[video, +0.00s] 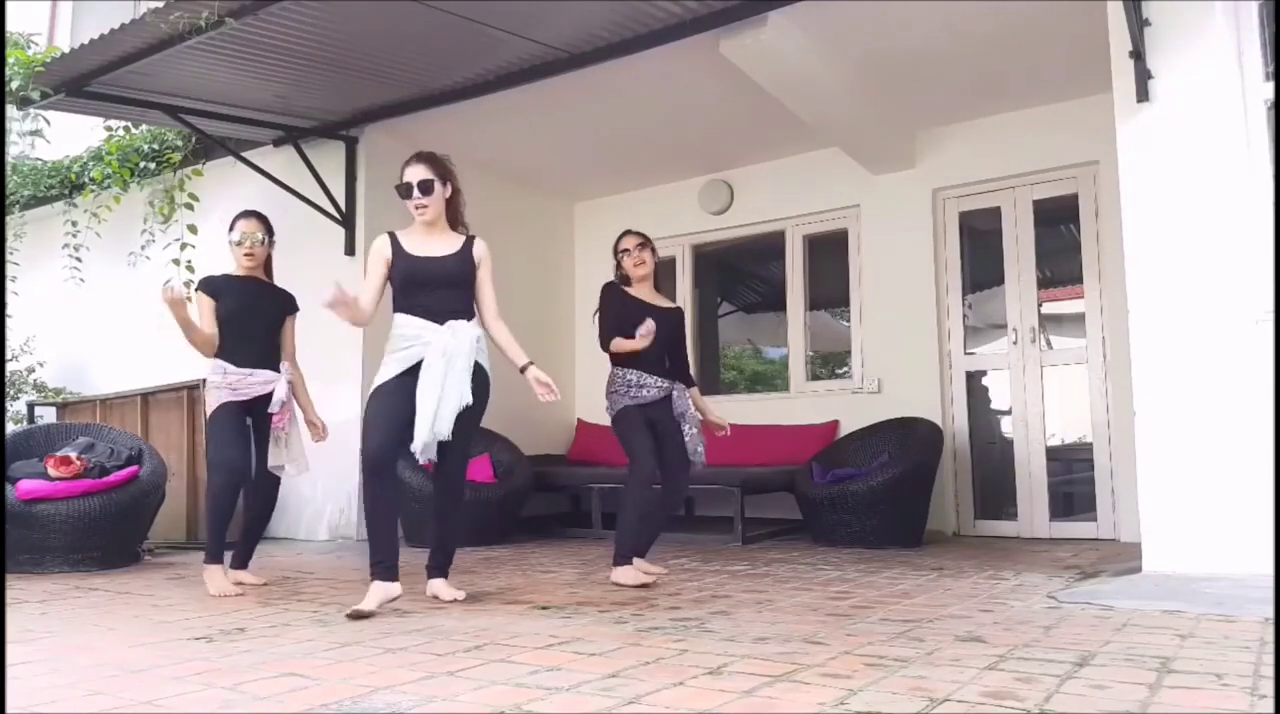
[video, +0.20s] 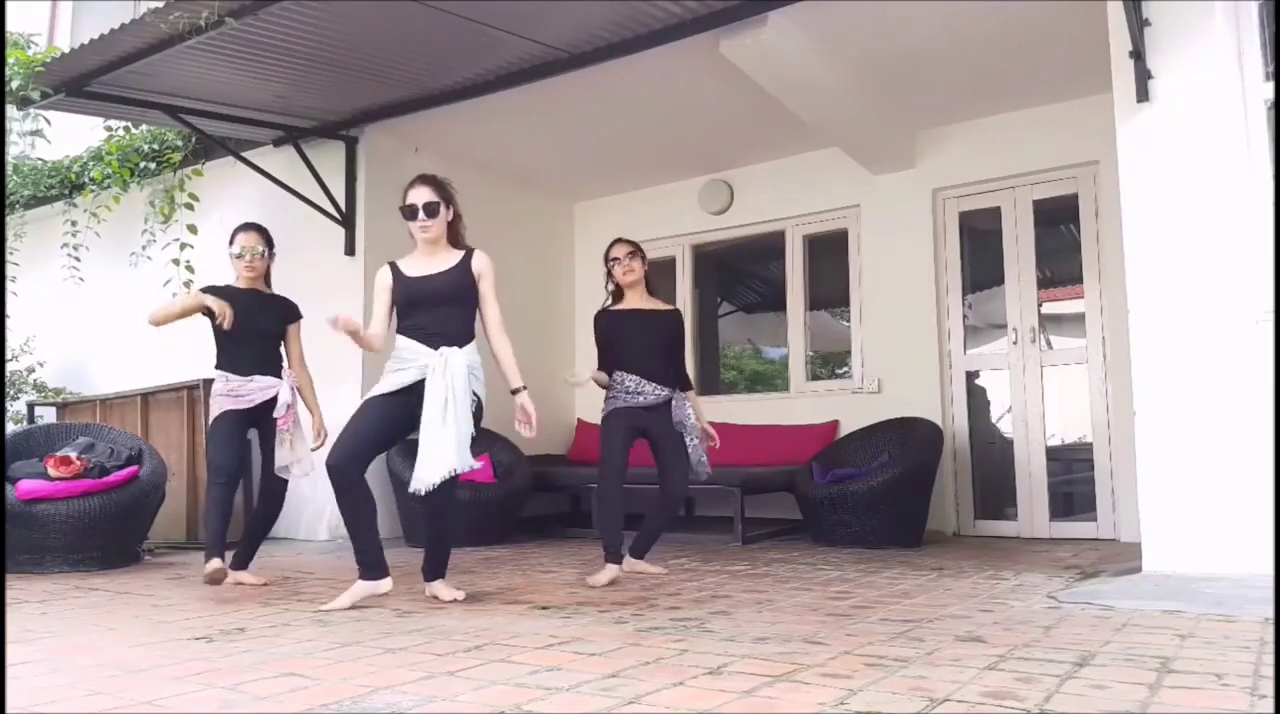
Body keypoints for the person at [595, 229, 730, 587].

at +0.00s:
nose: (635, 256)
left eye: (641, 248)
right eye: (626, 253)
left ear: (654, 255)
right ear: (620, 264)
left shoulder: (672, 310)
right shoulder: (615, 292)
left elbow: (681, 368)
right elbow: (608, 341)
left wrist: (706, 412)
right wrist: (638, 343)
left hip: (666, 399)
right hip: (628, 397)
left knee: (676, 478)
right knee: (643, 466)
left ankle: (636, 555)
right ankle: (621, 564)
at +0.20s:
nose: (625, 265)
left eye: (630, 257)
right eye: (616, 262)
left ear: (644, 262)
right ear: (610, 273)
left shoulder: (670, 314)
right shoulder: (605, 317)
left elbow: (679, 371)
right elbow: (606, 376)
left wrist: (700, 419)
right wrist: (593, 376)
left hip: (664, 409)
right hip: (620, 410)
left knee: (675, 491)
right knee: (609, 479)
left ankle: (635, 556)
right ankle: (612, 562)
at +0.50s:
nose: (620, 255)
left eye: (626, 246)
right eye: (611, 251)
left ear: (641, 249)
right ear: (606, 259)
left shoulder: (664, 301)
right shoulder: (601, 297)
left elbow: (671, 360)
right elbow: (579, 354)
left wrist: (689, 407)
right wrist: (582, 336)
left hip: (655, 395)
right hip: (612, 394)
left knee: (662, 484)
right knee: (609, 473)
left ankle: (633, 555)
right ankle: (593, 560)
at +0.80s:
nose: (632, 248)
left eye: (638, 240)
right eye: (624, 245)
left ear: (654, 244)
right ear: (620, 254)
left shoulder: (671, 300)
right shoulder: (612, 286)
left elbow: (670, 358)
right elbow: (579, 336)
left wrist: (688, 404)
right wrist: (580, 387)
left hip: (658, 390)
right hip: (616, 388)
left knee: (664, 474)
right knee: (618, 470)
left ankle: (658, 552)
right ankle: (602, 561)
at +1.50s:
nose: (655, 261)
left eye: (663, 255)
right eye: (648, 254)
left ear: (676, 261)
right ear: (641, 261)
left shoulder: (688, 302)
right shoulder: (645, 303)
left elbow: (711, 355)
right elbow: (635, 350)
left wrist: (738, 400)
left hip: (651, 400)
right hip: (618, 396)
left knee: (659, 487)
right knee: (605, 478)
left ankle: (714, 546)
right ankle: (614, 555)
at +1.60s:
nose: (666, 253)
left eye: (675, 247)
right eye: (660, 247)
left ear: (689, 254)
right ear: (654, 254)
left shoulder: (699, 296)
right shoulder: (658, 298)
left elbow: (719, 353)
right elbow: (645, 344)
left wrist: (744, 400)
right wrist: (630, 375)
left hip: (662, 394)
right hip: (627, 394)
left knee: (689, 476)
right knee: (614, 476)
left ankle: (741, 543)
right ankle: (615, 555)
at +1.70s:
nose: (682, 247)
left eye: (691, 241)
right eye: (676, 241)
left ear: (706, 247)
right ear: (670, 248)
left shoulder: (715, 287)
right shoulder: (676, 291)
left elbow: (721, 344)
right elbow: (669, 343)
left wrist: (732, 398)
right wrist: (648, 385)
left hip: (690, 387)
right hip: (651, 386)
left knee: (728, 467)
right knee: (627, 469)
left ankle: (783, 540)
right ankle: (616, 552)